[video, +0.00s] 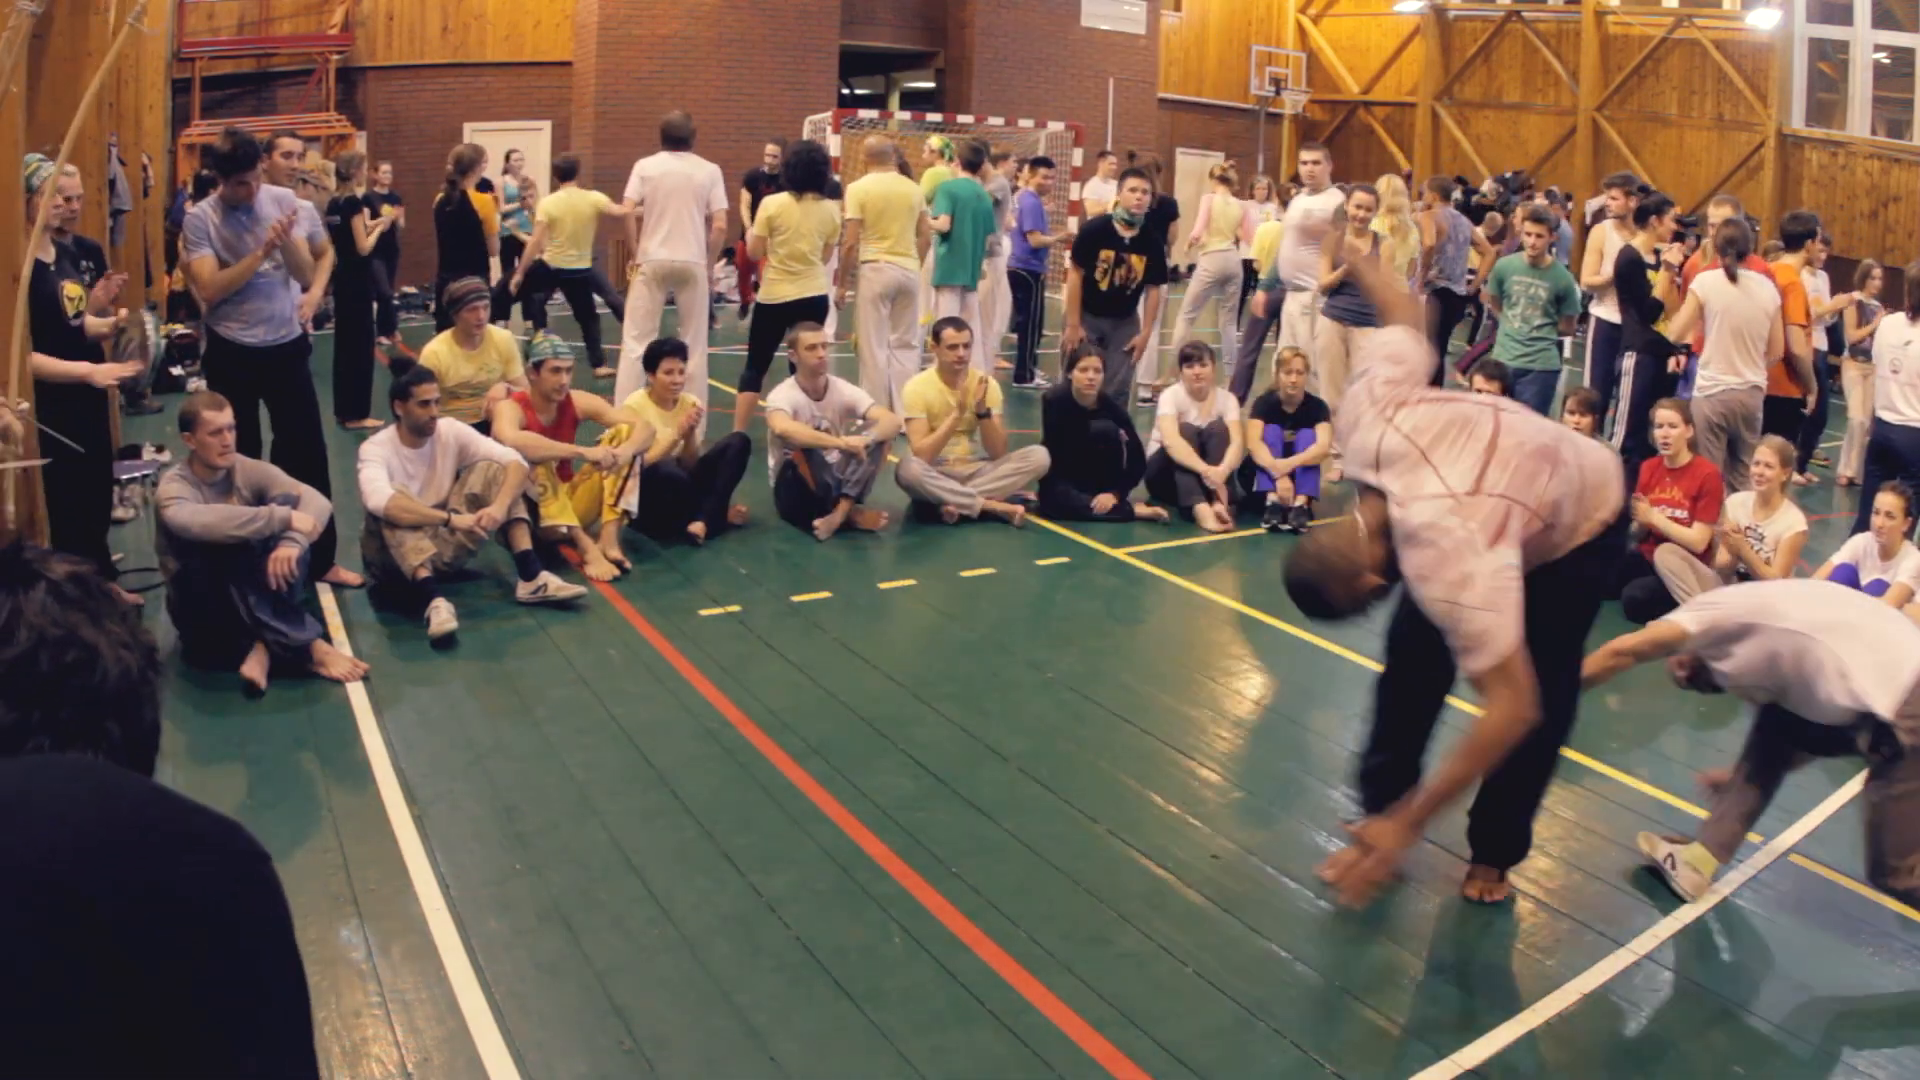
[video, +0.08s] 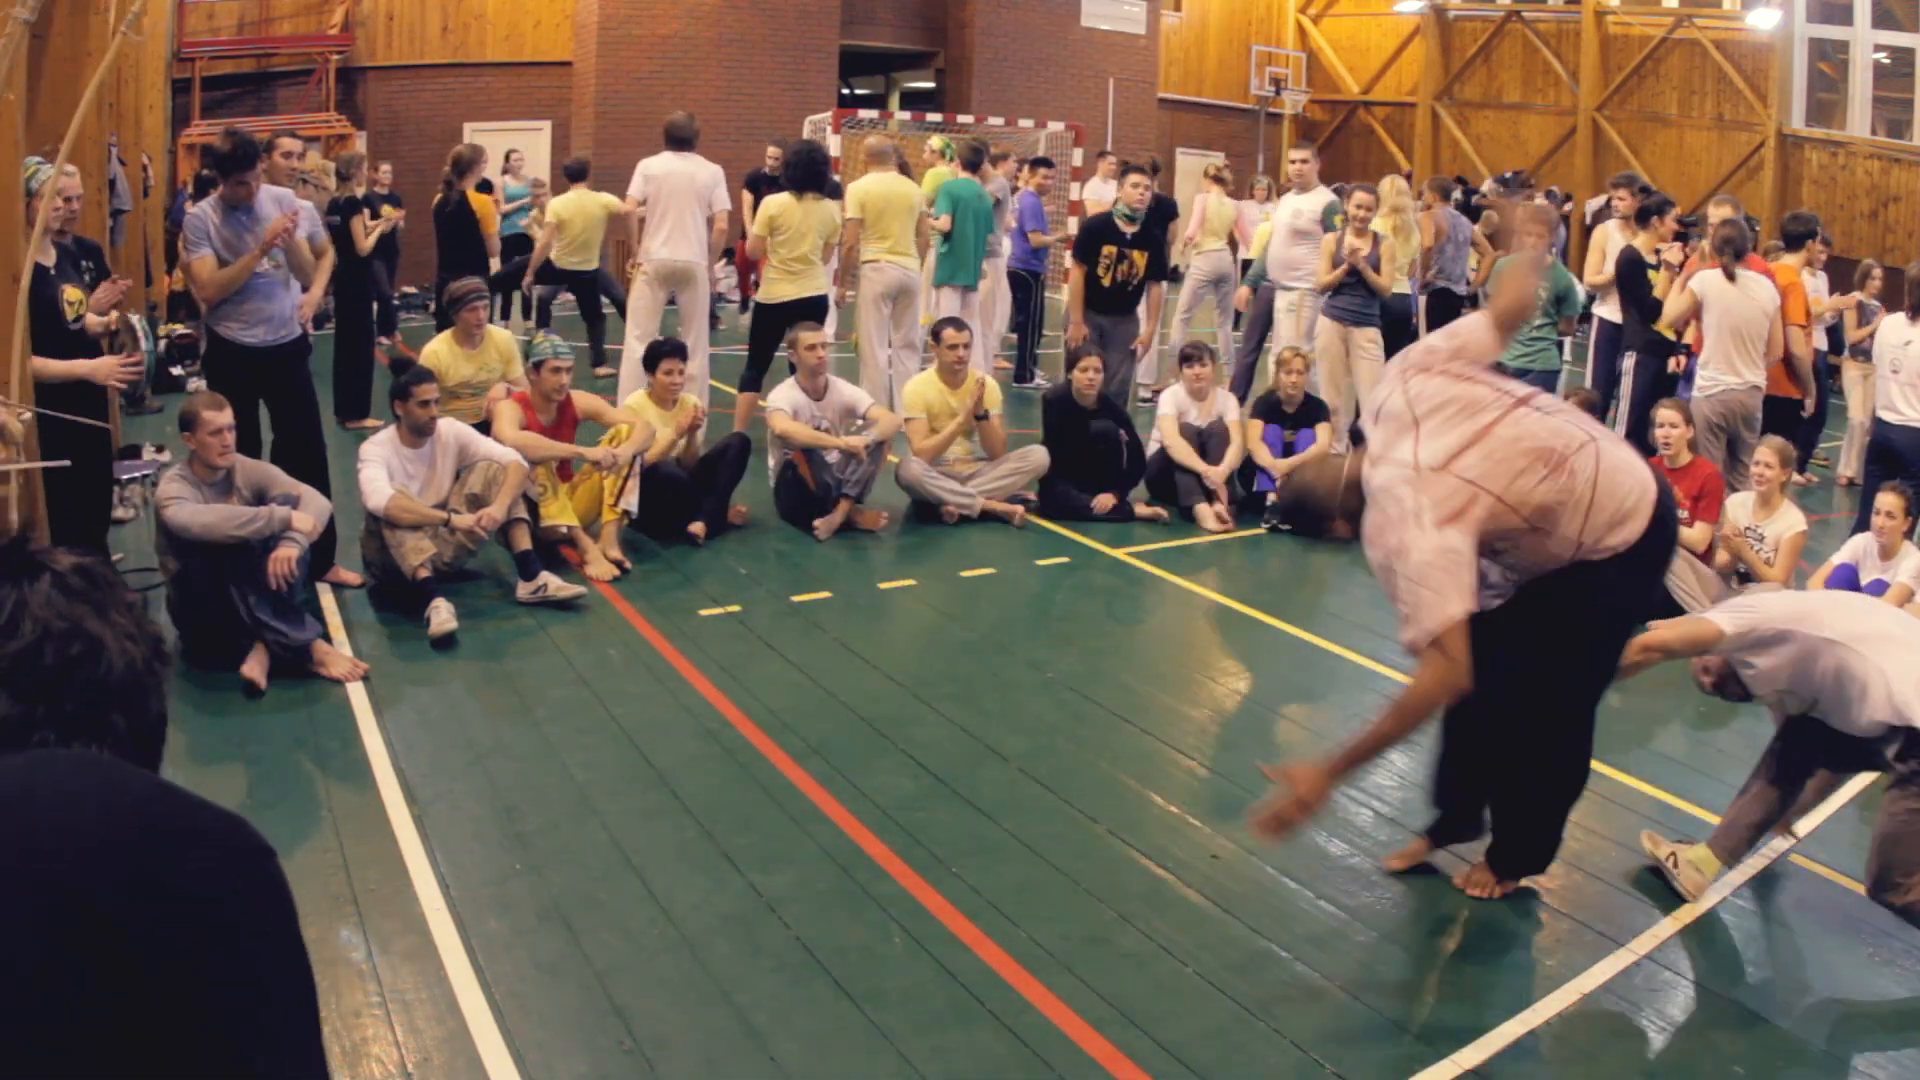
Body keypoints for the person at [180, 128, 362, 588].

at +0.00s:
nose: (248, 190)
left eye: (253, 180)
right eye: (238, 184)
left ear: (262, 170)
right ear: (217, 179)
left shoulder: (284, 203)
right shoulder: (200, 217)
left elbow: (305, 274)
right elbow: (208, 292)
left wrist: (287, 241)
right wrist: (261, 253)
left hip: (286, 347)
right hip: (229, 350)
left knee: (305, 452)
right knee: (239, 454)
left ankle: (320, 562)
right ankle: (246, 565)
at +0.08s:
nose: (248, 190)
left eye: (253, 180)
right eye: (237, 183)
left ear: (261, 170)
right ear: (217, 179)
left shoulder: (284, 203)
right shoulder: (200, 217)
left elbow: (307, 275)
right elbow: (207, 292)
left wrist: (288, 241)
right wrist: (261, 248)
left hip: (286, 347)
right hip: (229, 350)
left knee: (305, 452)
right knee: (239, 455)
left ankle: (320, 562)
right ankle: (246, 565)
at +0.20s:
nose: (249, 190)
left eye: (254, 180)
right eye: (239, 183)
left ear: (262, 170)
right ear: (217, 179)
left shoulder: (286, 204)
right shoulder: (200, 218)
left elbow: (312, 277)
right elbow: (205, 292)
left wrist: (302, 254)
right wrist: (248, 245)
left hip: (287, 346)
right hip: (230, 350)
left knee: (306, 452)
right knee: (239, 455)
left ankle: (320, 562)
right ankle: (246, 564)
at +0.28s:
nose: (250, 190)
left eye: (255, 180)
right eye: (239, 183)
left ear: (262, 170)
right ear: (218, 180)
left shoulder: (286, 202)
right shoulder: (200, 217)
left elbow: (317, 269)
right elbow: (205, 291)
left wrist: (298, 253)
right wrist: (253, 245)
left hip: (287, 346)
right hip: (230, 349)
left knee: (306, 452)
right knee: (239, 454)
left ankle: (321, 562)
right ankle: (246, 564)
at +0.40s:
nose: (249, 190)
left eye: (254, 180)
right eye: (239, 183)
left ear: (262, 170)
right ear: (218, 179)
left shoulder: (284, 202)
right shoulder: (200, 216)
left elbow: (308, 272)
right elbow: (208, 289)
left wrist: (286, 241)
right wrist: (260, 250)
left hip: (286, 346)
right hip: (230, 349)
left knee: (306, 452)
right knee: (239, 454)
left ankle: (321, 562)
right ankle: (247, 563)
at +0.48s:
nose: (249, 190)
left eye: (254, 180)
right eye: (239, 183)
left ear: (262, 170)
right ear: (218, 179)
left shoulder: (286, 202)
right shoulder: (201, 216)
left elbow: (312, 276)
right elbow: (206, 291)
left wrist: (291, 242)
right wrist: (258, 245)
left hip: (286, 346)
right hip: (230, 350)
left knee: (306, 452)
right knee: (240, 454)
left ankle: (321, 562)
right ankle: (247, 563)